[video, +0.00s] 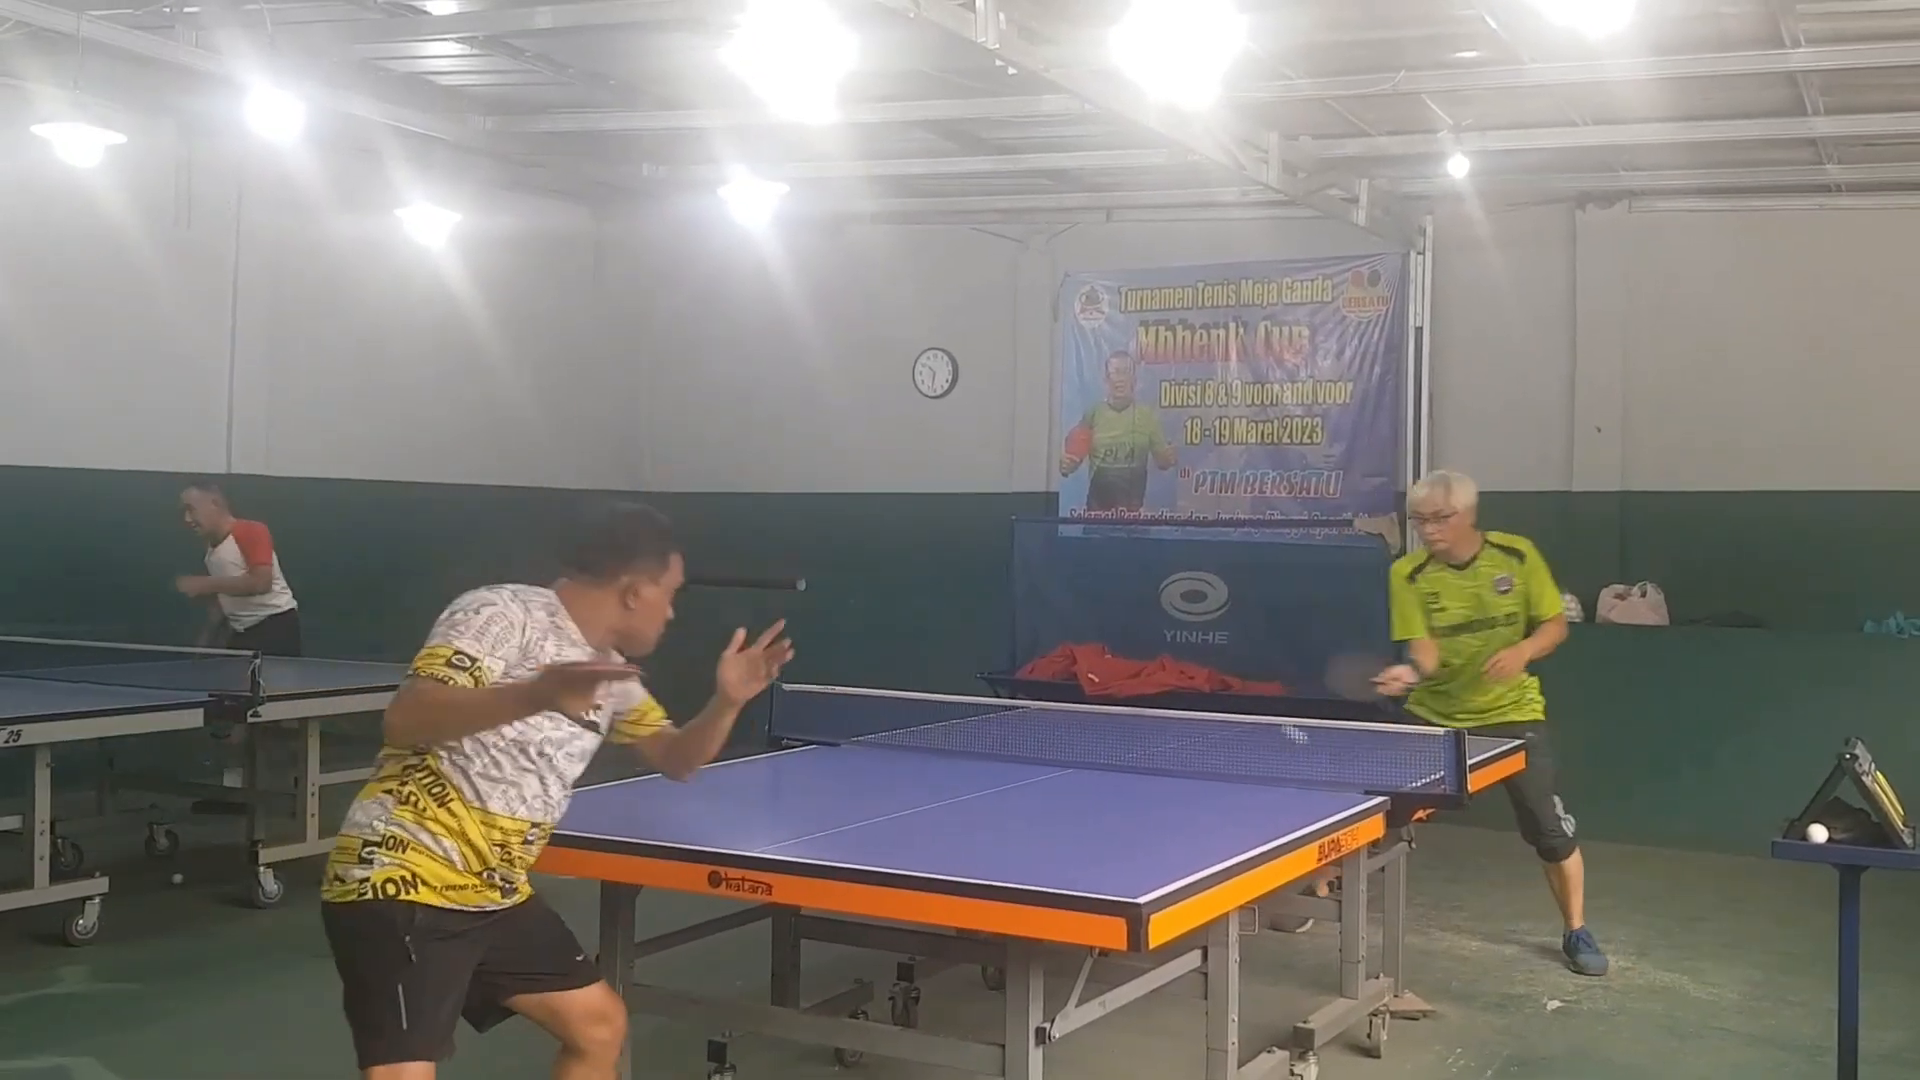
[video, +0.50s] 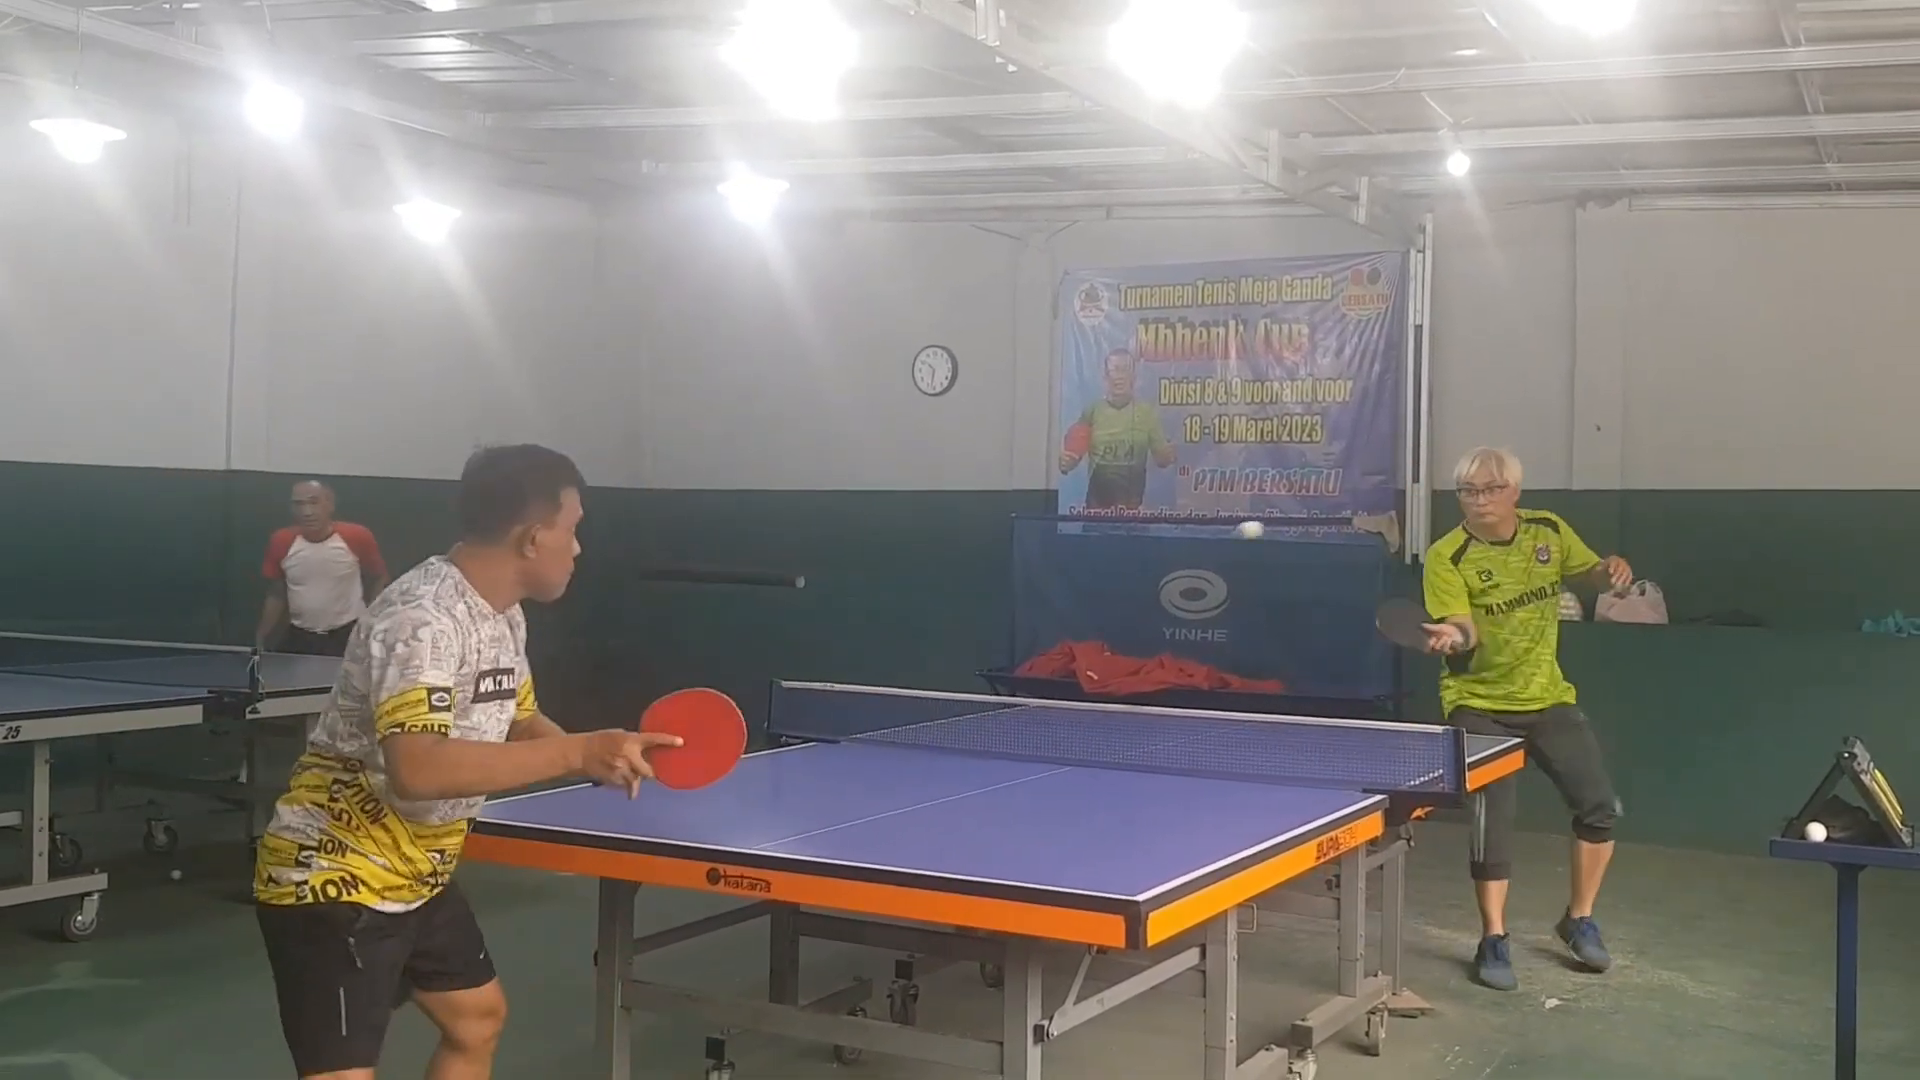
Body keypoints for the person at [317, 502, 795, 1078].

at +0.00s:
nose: (671, 615)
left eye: (674, 600)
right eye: (669, 597)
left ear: (627, 591)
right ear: (630, 589)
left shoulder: (608, 671)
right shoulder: (496, 614)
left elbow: (678, 758)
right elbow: (406, 718)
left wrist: (726, 702)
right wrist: (535, 694)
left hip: (491, 886)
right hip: (398, 877)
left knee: (598, 1025)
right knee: (401, 1076)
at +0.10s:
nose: (636, 591)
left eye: (638, 574)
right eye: (635, 573)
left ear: (591, 573)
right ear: (595, 572)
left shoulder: (560, 656)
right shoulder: (475, 607)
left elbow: (616, 748)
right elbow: (411, 725)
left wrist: (683, 720)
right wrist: (562, 712)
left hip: (463, 890)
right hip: (379, 893)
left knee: (567, 1026)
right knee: (380, 1067)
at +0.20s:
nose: (606, 569)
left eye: (608, 553)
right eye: (604, 551)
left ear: (557, 552)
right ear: (565, 552)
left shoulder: (516, 634)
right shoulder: (452, 601)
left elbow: (555, 739)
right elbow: (409, 731)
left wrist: (643, 716)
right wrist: (568, 723)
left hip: (423, 887)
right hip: (347, 892)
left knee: (521, 1020)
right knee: (353, 1068)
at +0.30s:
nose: (586, 556)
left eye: (587, 539)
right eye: (583, 538)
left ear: (537, 540)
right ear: (543, 540)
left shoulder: (499, 619)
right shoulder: (427, 599)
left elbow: (516, 729)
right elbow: (411, 738)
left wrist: (604, 729)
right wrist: (572, 729)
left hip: (409, 878)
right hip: (331, 887)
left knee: (497, 1010)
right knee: (345, 1068)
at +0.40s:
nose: (579, 551)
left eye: (577, 534)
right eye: (575, 533)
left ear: (529, 539)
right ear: (532, 537)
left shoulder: (494, 615)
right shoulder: (421, 608)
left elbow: (504, 718)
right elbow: (414, 753)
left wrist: (591, 741)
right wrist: (575, 742)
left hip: (406, 879)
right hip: (330, 887)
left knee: (470, 1022)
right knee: (349, 1068)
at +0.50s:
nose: (578, 548)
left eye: (576, 531)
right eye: (573, 530)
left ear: (527, 539)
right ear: (529, 537)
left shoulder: (503, 613)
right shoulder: (422, 613)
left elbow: (519, 723)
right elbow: (417, 768)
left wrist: (594, 755)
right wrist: (576, 755)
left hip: (414, 873)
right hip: (332, 881)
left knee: (478, 1021)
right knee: (342, 1068)